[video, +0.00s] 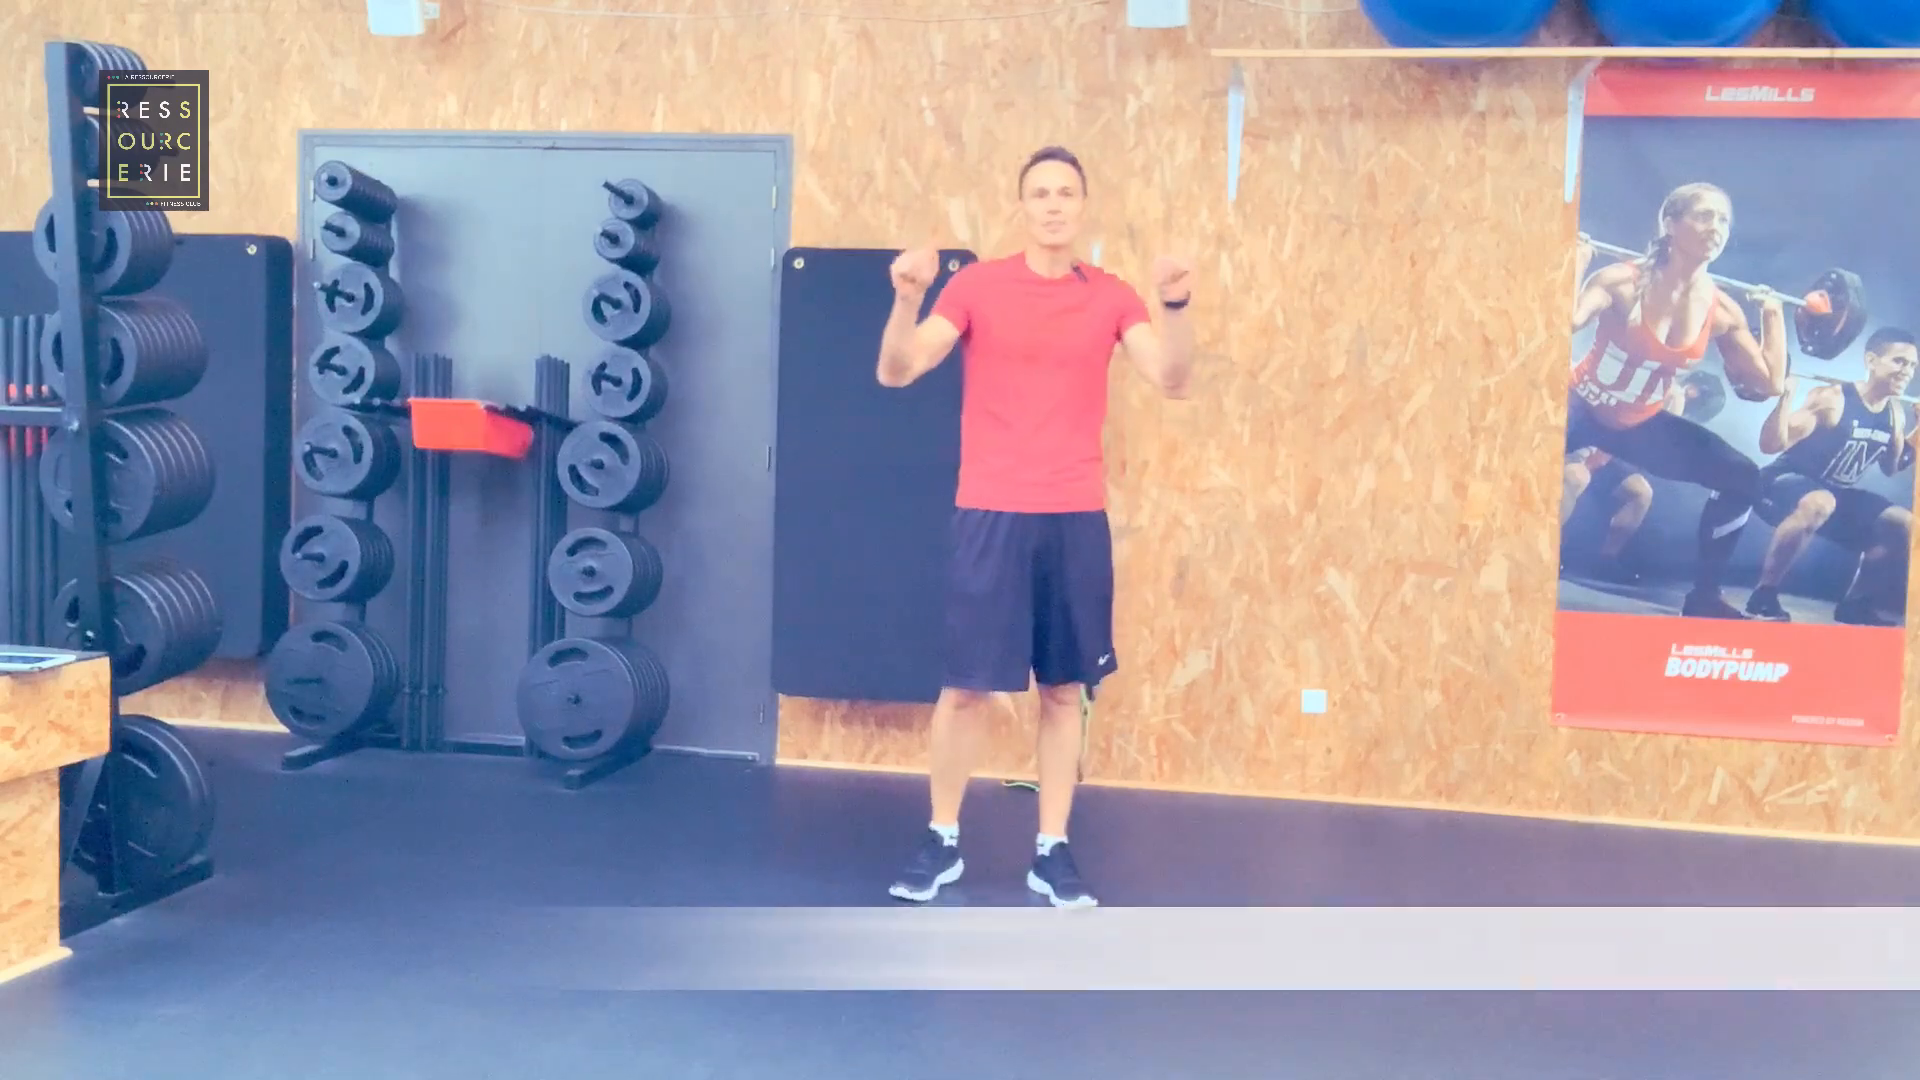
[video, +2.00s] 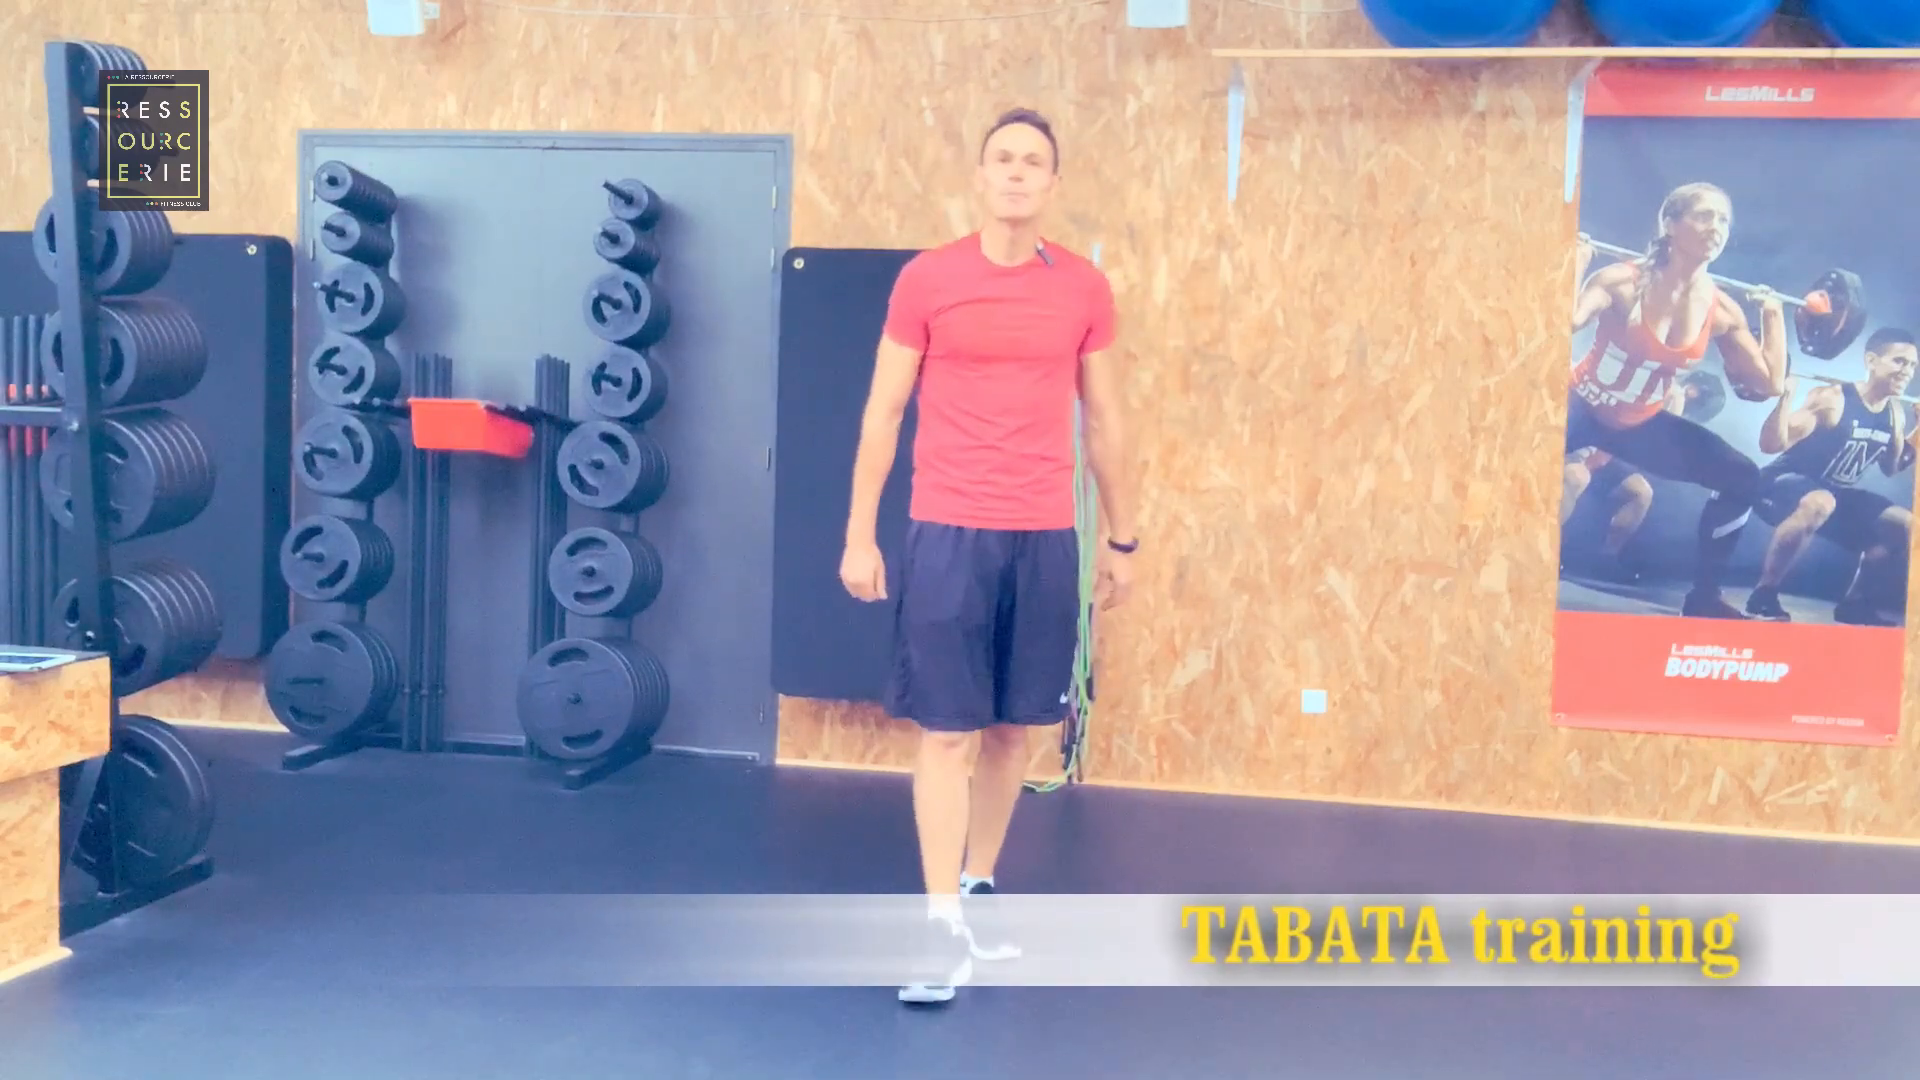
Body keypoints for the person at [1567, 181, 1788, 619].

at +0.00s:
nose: (1716, 228)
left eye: (1724, 221)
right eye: (1704, 216)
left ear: (1728, 234)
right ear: (1670, 223)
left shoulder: (1722, 310)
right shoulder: (1620, 279)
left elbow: (1768, 386)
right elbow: (1559, 325)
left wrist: (1773, 312)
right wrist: (1573, 269)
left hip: (1644, 425)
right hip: (1579, 409)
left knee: (1741, 477)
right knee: (1514, 448)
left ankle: (1705, 596)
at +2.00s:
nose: (1716, 228)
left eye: (1724, 220)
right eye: (1704, 216)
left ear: (1728, 234)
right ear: (1670, 224)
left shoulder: (1721, 310)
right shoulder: (1620, 280)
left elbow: (1769, 385)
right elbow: (1558, 325)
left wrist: (1773, 312)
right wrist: (1573, 268)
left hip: (1644, 425)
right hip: (1579, 408)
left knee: (1742, 478)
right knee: (1513, 451)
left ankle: (1705, 597)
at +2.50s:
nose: (1716, 228)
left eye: (1724, 221)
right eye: (1704, 216)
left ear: (1728, 234)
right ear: (1670, 224)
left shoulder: (1722, 310)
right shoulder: (1620, 279)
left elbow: (1769, 386)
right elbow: (1559, 325)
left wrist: (1773, 312)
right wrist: (1573, 269)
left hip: (1644, 425)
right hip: (1579, 408)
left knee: (1742, 477)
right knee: (1515, 446)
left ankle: (1705, 597)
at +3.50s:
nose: (1716, 228)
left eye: (1724, 221)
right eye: (1704, 216)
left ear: (1728, 233)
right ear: (1671, 224)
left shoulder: (1722, 310)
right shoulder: (1620, 279)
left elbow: (1769, 385)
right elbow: (1559, 325)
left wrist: (1773, 312)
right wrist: (1573, 269)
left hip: (1644, 425)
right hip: (1579, 408)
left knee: (1741, 477)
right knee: (1516, 445)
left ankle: (1705, 597)